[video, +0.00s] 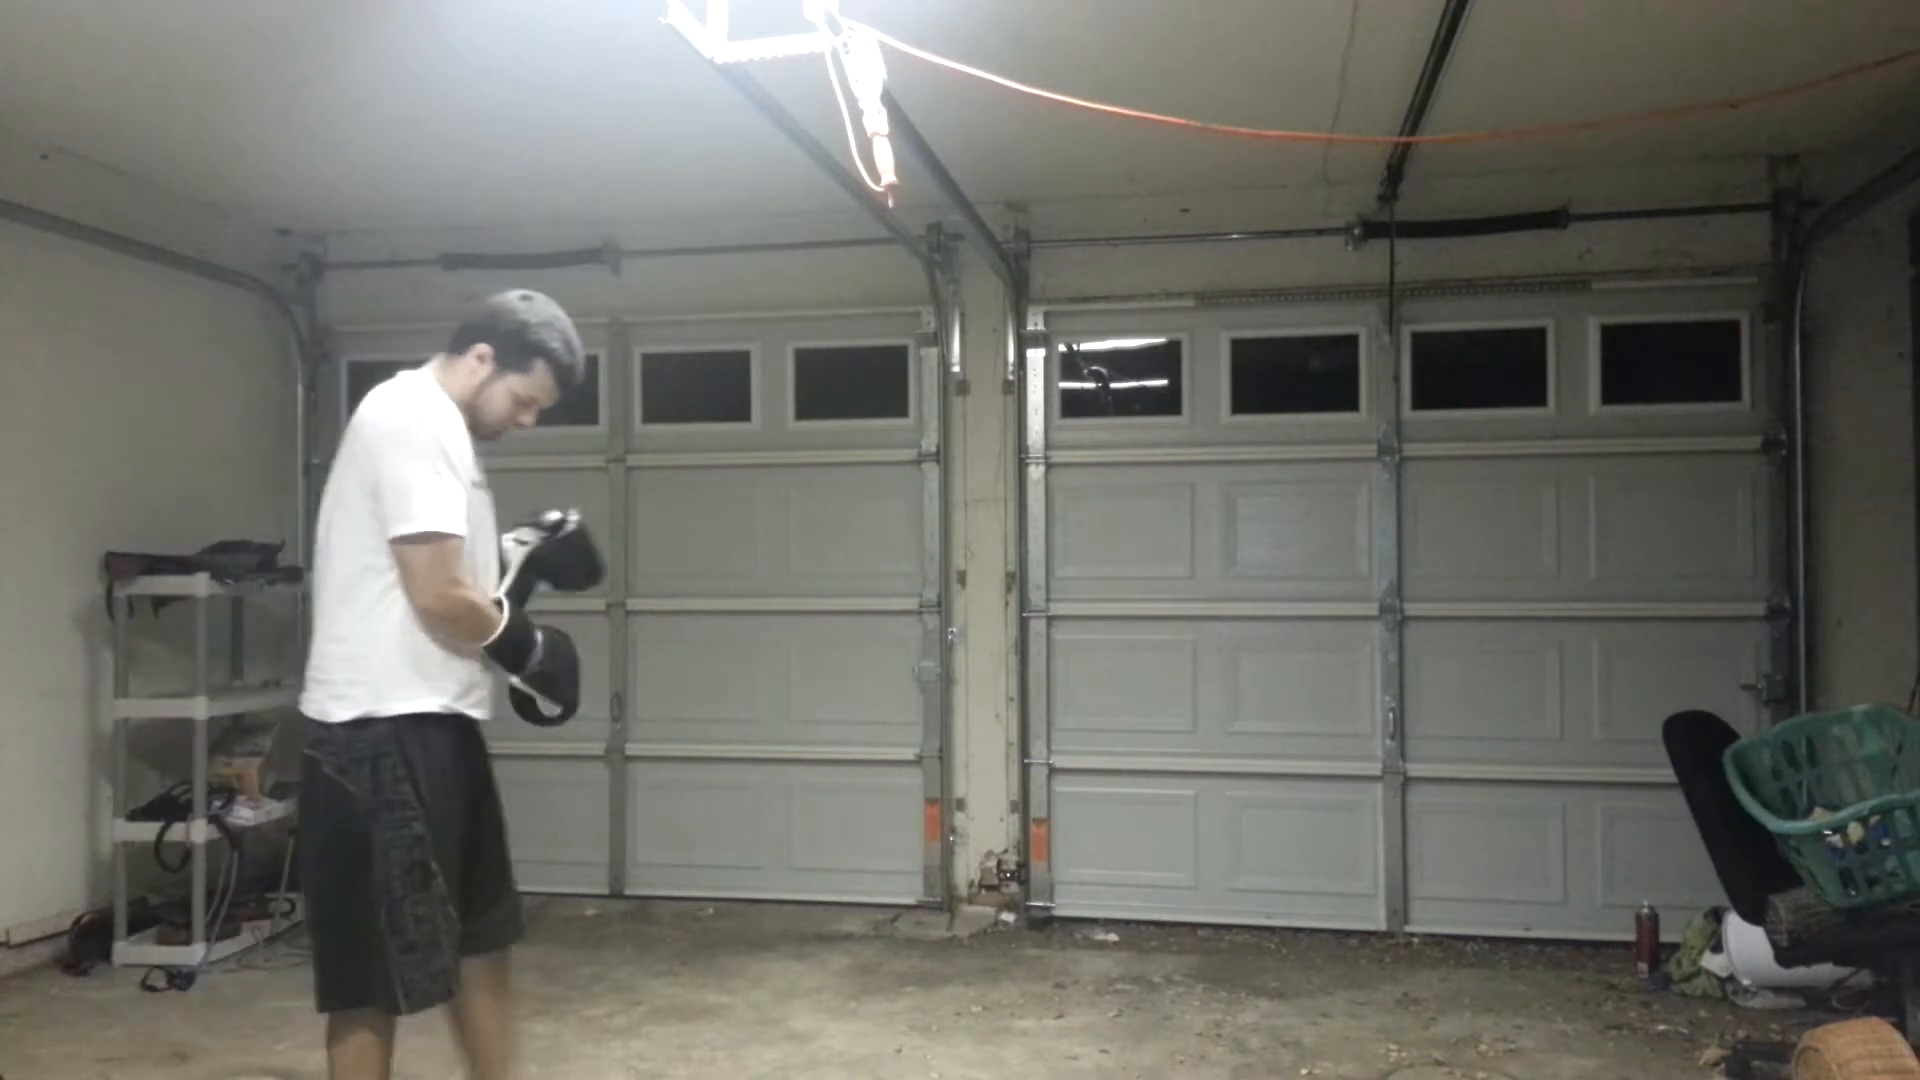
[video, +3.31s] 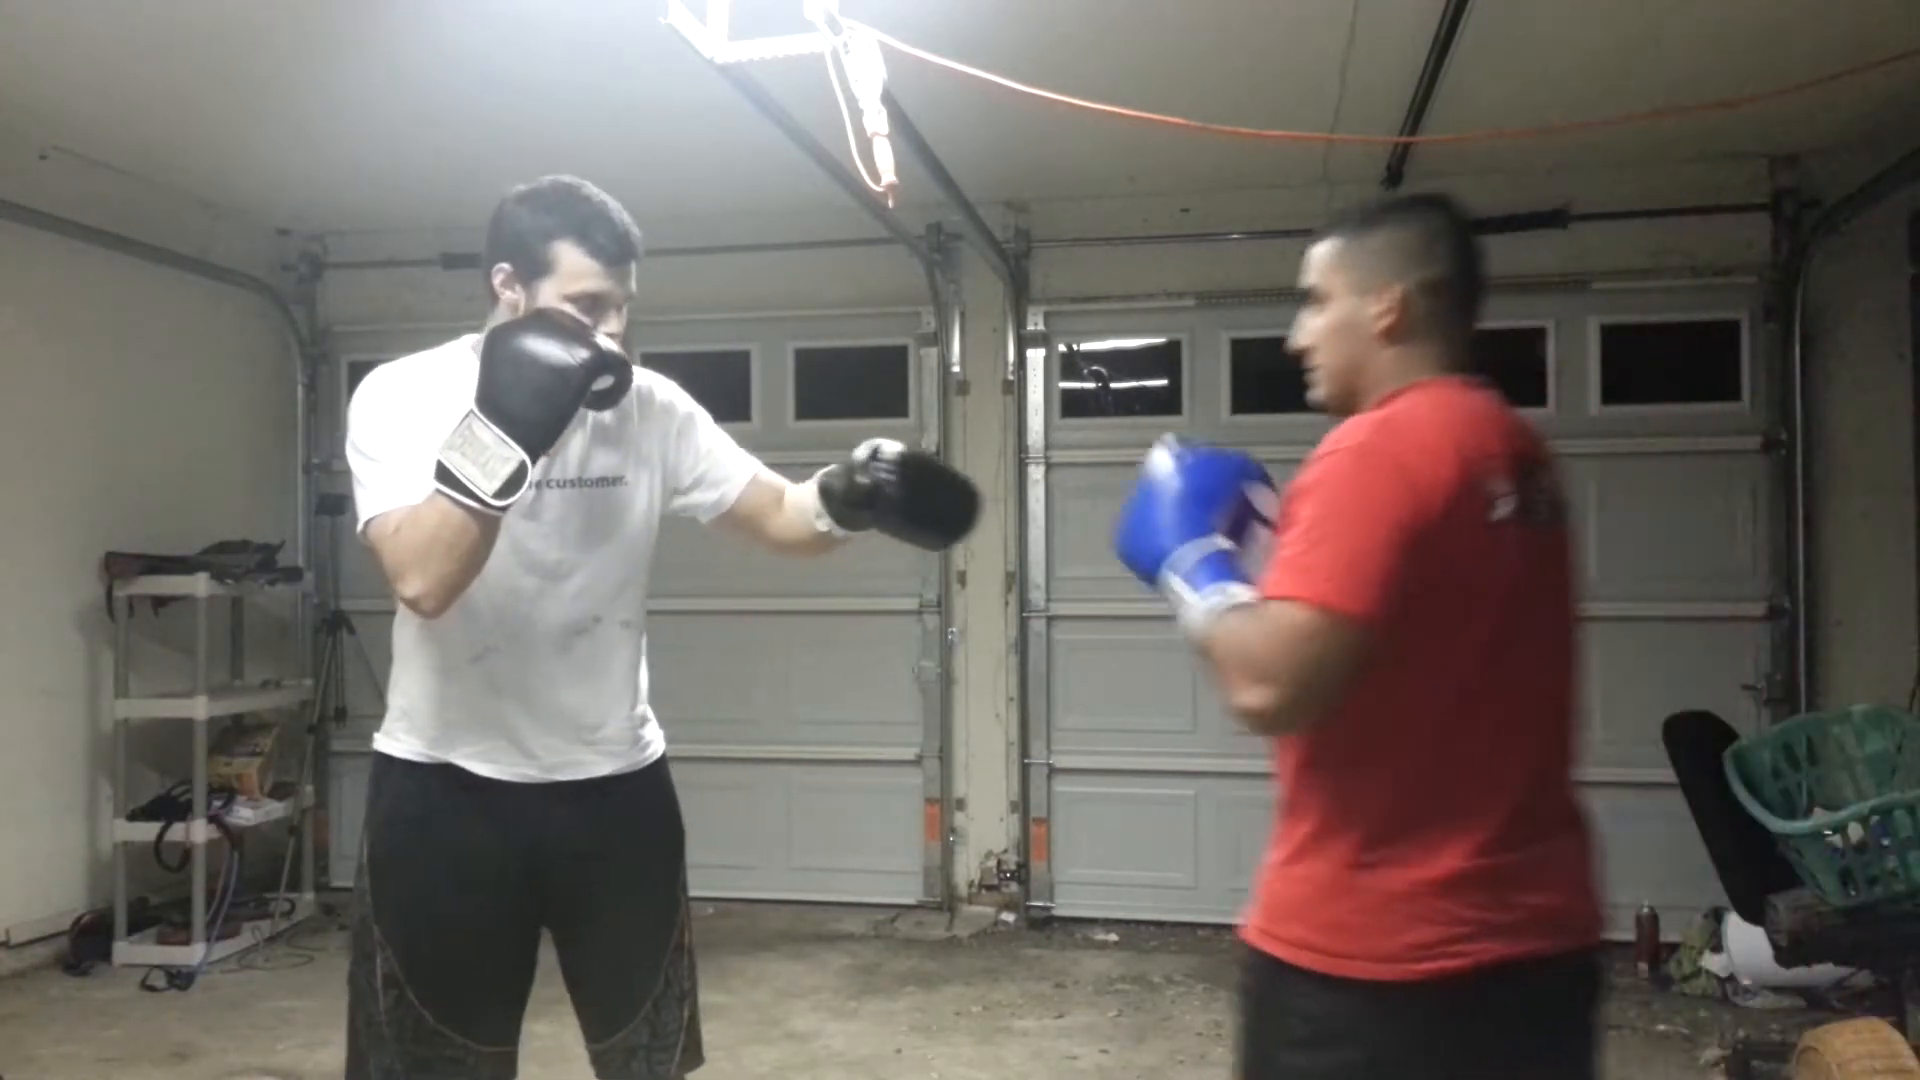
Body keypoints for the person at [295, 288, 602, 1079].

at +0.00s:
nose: (524, 425)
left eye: (535, 413)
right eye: (526, 404)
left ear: (477, 362)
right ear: (481, 359)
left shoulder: (436, 422)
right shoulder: (410, 415)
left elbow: (429, 580)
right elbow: (437, 594)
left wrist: (512, 561)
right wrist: (523, 648)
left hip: (434, 729)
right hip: (378, 734)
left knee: (482, 952)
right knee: (367, 990)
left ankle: (498, 1070)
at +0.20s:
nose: (561, 423)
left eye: (574, 411)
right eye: (558, 400)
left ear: (518, 369)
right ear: (512, 357)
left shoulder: (509, 451)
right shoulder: (440, 415)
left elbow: (522, 573)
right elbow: (481, 585)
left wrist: (593, 570)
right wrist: (562, 637)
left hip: (507, 727)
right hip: (424, 730)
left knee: (539, 954)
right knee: (411, 985)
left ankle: (553, 1074)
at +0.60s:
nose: (628, 401)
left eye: (641, 387)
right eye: (620, 378)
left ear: (648, 379)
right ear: (573, 342)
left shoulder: (628, 438)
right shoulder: (495, 407)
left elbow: (670, 550)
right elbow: (521, 550)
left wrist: (652, 596)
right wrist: (606, 612)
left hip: (597, 709)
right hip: (500, 705)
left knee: (579, 943)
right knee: (507, 942)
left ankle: (562, 1077)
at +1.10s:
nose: (581, 331)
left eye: (595, 311)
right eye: (560, 312)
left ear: (613, 314)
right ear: (514, 316)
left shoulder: (641, 425)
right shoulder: (458, 435)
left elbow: (692, 551)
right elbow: (418, 604)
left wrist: (718, 606)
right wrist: (544, 670)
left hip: (636, 737)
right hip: (512, 749)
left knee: (647, 957)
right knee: (527, 994)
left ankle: (592, 1078)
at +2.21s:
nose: (675, 273)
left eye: (692, 260)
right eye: (652, 252)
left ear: (705, 287)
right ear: (599, 267)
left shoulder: (738, 431)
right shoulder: (503, 396)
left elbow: (780, 603)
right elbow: (410, 565)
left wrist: (727, 575)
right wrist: (518, 560)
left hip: (676, 772)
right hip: (515, 763)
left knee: (673, 1048)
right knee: (462, 1047)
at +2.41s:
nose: (637, 301)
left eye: (655, 282)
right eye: (615, 277)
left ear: (671, 287)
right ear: (555, 275)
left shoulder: (683, 406)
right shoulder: (464, 394)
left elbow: (749, 579)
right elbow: (441, 559)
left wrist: (735, 444)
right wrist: (512, 411)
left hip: (652, 771)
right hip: (495, 769)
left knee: (668, 1052)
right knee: (460, 1055)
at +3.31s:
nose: (609, 332)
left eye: (621, 308)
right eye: (586, 306)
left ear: (634, 300)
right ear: (508, 289)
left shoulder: (652, 408)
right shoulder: (405, 395)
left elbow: (777, 512)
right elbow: (420, 579)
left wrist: (842, 496)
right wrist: (503, 427)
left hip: (615, 794)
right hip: (444, 797)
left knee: (653, 1064)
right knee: (431, 1064)